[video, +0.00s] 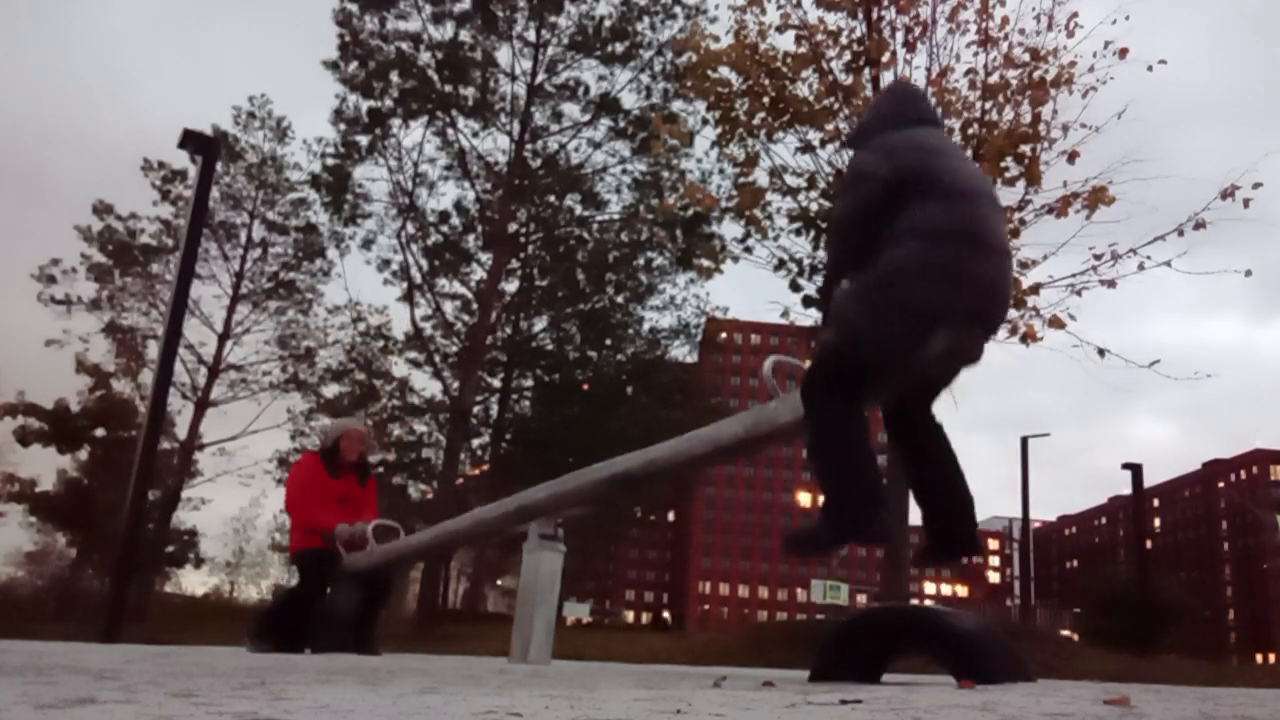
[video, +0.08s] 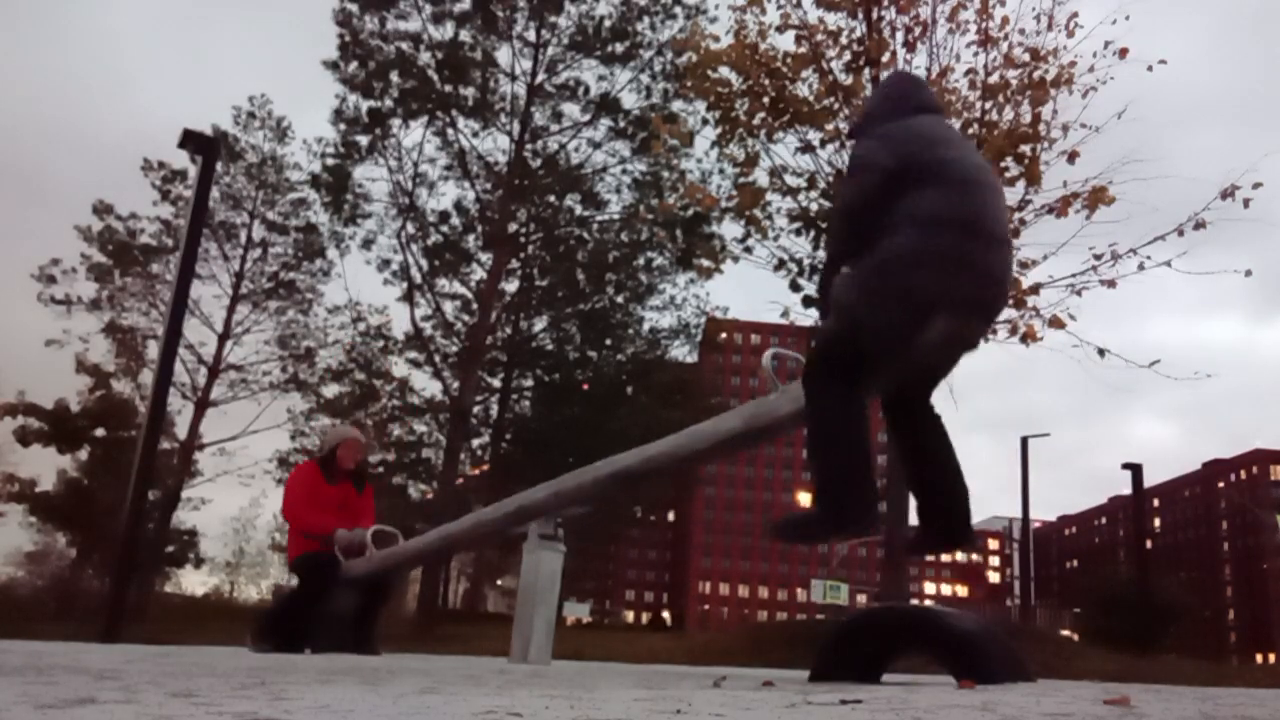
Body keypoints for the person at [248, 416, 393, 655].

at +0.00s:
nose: (356, 448)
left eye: (361, 442)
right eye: (351, 441)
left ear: (365, 446)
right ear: (337, 441)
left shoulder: (364, 476)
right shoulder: (309, 465)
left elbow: (369, 511)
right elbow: (297, 506)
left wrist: (361, 529)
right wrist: (333, 527)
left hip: (349, 547)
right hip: (311, 542)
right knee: (315, 584)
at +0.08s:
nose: (355, 456)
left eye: (359, 451)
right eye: (350, 449)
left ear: (362, 455)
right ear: (334, 450)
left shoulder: (360, 484)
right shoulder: (307, 472)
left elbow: (366, 523)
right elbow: (292, 511)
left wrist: (358, 541)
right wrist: (333, 531)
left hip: (347, 555)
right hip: (308, 549)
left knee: (378, 582)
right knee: (325, 578)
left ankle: (359, 643)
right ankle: (275, 633)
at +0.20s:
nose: (352, 463)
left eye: (356, 458)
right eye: (346, 456)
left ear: (361, 463)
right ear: (332, 458)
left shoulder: (360, 492)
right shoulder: (307, 479)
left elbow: (365, 532)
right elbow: (292, 520)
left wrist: (357, 546)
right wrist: (333, 537)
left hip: (346, 561)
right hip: (308, 557)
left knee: (378, 585)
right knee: (326, 582)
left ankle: (359, 644)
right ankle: (278, 636)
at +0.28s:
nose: (352, 466)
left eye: (357, 461)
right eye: (347, 459)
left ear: (362, 466)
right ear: (332, 461)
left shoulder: (361, 495)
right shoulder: (306, 483)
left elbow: (366, 533)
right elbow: (290, 523)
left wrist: (359, 546)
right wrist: (334, 541)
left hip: (348, 564)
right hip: (308, 560)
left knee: (379, 586)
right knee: (325, 588)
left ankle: (359, 644)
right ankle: (277, 637)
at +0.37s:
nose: (355, 466)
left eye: (360, 461)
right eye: (349, 460)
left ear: (364, 465)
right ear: (334, 461)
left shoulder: (362, 494)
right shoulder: (308, 483)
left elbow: (367, 535)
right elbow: (290, 523)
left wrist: (359, 547)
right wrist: (334, 541)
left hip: (348, 564)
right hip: (309, 560)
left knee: (381, 585)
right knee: (325, 586)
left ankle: (359, 643)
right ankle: (276, 636)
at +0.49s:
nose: (361, 459)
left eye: (366, 453)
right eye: (355, 452)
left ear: (370, 457)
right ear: (340, 453)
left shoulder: (368, 487)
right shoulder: (315, 475)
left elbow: (373, 529)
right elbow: (294, 512)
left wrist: (361, 541)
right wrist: (336, 532)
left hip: (351, 558)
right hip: (313, 552)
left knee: (381, 586)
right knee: (323, 583)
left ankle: (357, 643)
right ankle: (275, 636)